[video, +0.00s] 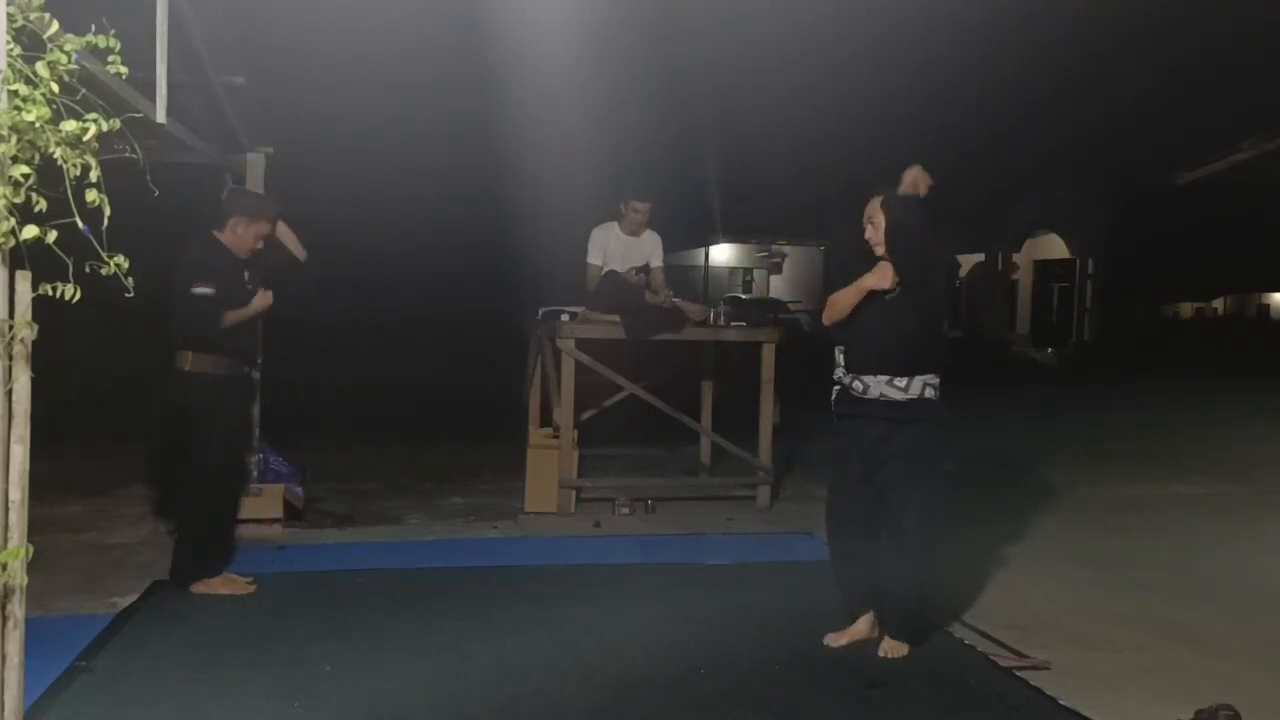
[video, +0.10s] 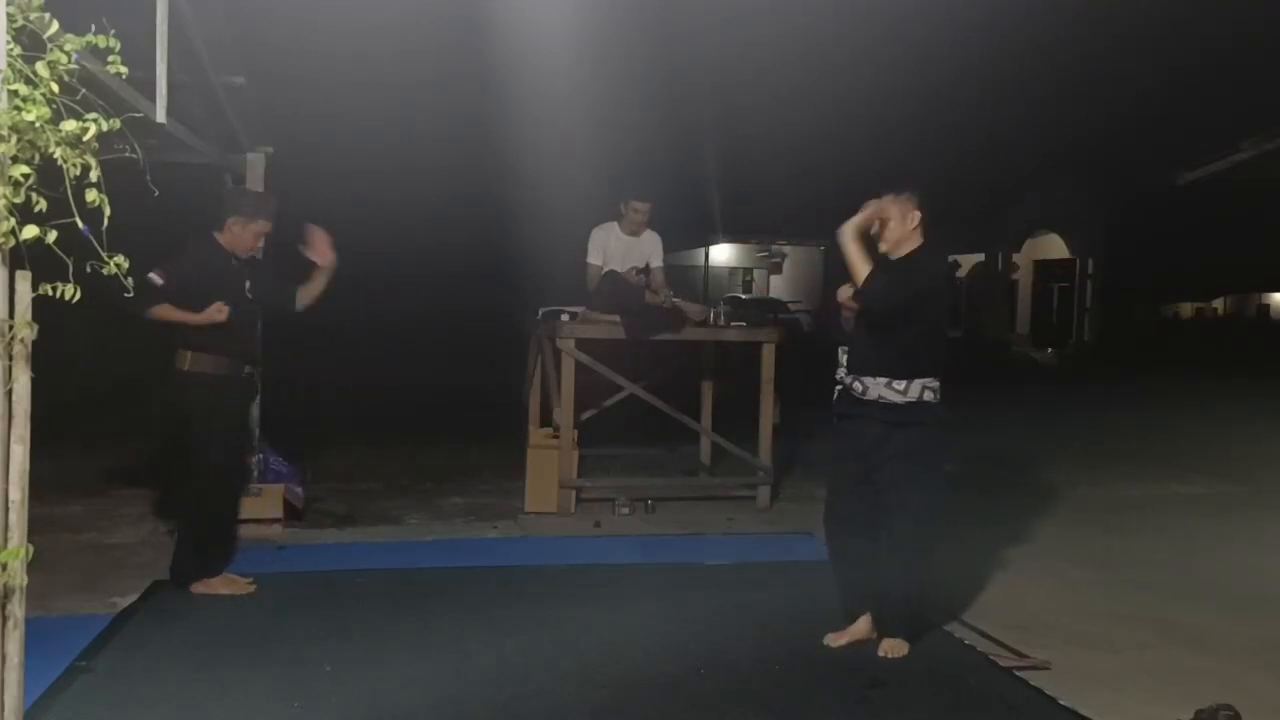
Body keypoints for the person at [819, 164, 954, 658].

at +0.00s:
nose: (869, 234)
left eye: (876, 224)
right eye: (866, 225)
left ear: (903, 226)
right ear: (866, 227)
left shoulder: (930, 275)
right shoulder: (857, 271)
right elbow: (828, 316)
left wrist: (910, 196)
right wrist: (865, 284)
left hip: (911, 415)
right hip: (855, 412)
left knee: (905, 518)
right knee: (849, 513)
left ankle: (900, 622)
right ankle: (863, 613)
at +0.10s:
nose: (874, 224)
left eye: (883, 216)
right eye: (873, 217)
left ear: (914, 220)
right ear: (886, 228)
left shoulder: (931, 270)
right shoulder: (881, 270)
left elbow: (882, 297)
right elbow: (859, 330)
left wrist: (849, 236)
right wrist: (850, 307)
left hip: (906, 418)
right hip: (858, 412)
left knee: (901, 520)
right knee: (847, 514)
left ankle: (899, 624)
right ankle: (863, 615)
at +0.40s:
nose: (877, 222)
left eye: (888, 214)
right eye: (877, 215)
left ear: (918, 220)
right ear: (881, 222)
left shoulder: (931, 274)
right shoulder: (875, 273)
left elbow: (881, 319)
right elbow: (836, 324)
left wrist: (821, 286)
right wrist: (804, 291)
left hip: (906, 420)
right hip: (858, 415)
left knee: (901, 520)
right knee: (848, 514)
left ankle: (899, 627)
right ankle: (864, 616)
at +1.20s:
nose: (881, 223)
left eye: (892, 214)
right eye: (879, 217)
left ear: (922, 222)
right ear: (878, 226)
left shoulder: (935, 275)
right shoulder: (871, 272)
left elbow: (881, 314)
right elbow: (802, 261)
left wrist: (809, 295)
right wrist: (860, 270)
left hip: (909, 416)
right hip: (856, 411)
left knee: (903, 517)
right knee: (854, 512)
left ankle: (898, 623)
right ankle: (864, 615)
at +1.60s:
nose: (883, 225)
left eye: (895, 217)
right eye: (880, 218)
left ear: (923, 226)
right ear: (875, 227)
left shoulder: (933, 277)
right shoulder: (864, 266)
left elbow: (883, 325)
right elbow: (807, 278)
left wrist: (814, 336)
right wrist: (842, 229)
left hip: (916, 414)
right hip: (861, 408)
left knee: (909, 518)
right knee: (842, 505)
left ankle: (900, 620)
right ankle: (851, 597)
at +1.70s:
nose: (881, 232)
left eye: (892, 224)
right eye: (878, 225)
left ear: (919, 231)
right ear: (872, 229)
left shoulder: (932, 282)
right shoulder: (863, 270)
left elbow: (879, 330)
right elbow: (807, 282)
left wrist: (808, 346)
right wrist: (843, 234)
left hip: (920, 414)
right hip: (865, 407)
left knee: (911, 519)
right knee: (844, 474)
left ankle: (897, 624)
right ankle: (861, 537)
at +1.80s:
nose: (876, 245)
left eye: (888, 237)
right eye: (872, 237)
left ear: (915, 243)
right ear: (867, 240)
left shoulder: (925, 293)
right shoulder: (861, 278)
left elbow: (876, 350)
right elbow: (812, 319)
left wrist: (807, 354)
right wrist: (830, 256)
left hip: (916, 422)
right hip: (864, 413)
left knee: (909, 526)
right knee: (842, 475)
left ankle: (901, 630)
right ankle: (871, 523)